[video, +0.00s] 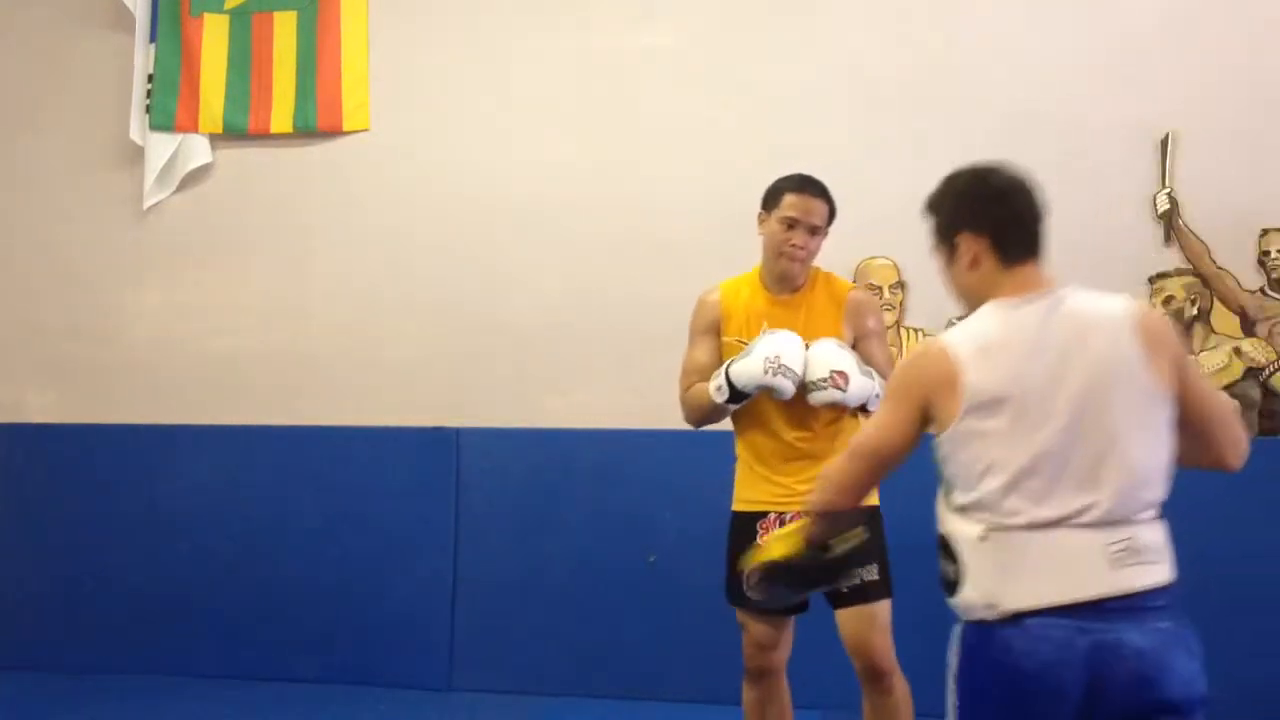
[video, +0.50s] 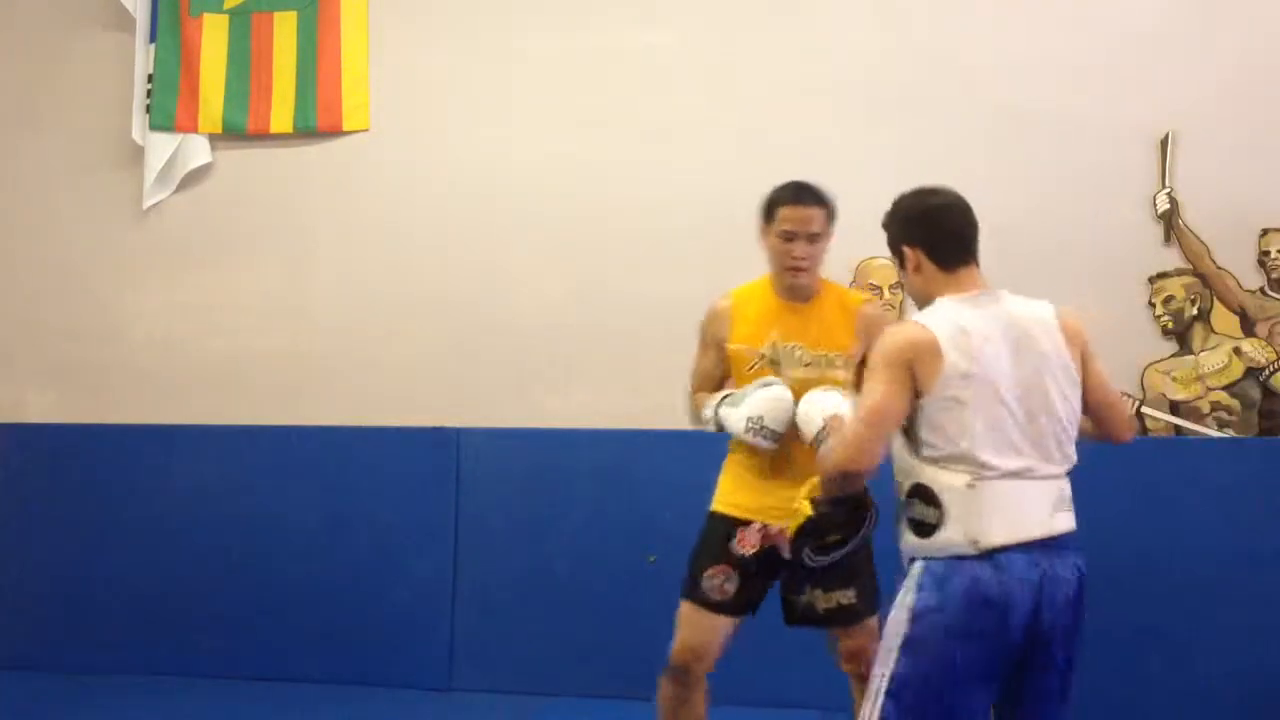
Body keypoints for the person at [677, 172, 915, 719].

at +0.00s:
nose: (800, 240)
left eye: (814, 231)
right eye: (790, 225)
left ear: (824, 239)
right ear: (762, 222)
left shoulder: (853, 304)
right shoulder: (719, 305)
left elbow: (891, 397)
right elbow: (692, 409)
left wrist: (861, 387)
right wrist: (736, 377)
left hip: (847, 502)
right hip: (761, 504)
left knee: (875, 661)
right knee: (761, 659)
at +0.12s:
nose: (817, 242)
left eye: (830, 232)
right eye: (806, 227)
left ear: (842, 237)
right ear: (779, 225)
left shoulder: (873, 308)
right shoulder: (736, 305)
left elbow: (904, 403)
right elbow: (705, 408)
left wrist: (860, 397)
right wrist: (746, 383)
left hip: (855, 508)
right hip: (769, 507)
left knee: (880, 665)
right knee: (759, 662)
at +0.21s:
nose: (825, 247)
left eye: (838, 235)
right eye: (814, 233)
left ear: (854, 241)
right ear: (790, 233)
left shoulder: (884, 313)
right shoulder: (751, 310)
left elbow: (907, 396)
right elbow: (716, 404)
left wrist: (858, 395)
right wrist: (752, 396)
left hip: (861, 516)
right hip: (774, 514)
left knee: (886, 670)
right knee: (741, 666)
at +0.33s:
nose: (828, 246)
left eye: (841, 234)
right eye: (816, 231)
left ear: (858, 239)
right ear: (794, 231)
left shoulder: (885, 313)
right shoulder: (753, 305)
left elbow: (910, 391)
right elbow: (731, 388)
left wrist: (852, 415)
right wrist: (755, 408)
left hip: (856, 504)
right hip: (767, 501)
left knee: (875, 651)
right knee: (717, 649)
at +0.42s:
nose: (819, 247)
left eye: (832, 234)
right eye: (807, 232)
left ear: (847, 237)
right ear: (784, 229)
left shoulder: (878, 309)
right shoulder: (744, 303)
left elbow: (904, 387)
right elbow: (721, 387)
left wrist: (851, 406)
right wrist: (746, 405)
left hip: (844, 505)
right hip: (757, 502)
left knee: (867, 649)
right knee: (704, 651)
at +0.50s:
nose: (799, 251)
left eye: (812, 239)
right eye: (787, 237)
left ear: (829, 242)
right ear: (765, 238)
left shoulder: (864, 316)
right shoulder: (728, 313)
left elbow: (891, 401)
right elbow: (699, 401)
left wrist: (848, 420)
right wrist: (730, 410)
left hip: (830, 511)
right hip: (743, 509)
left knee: (863, 659)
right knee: (686, 660)